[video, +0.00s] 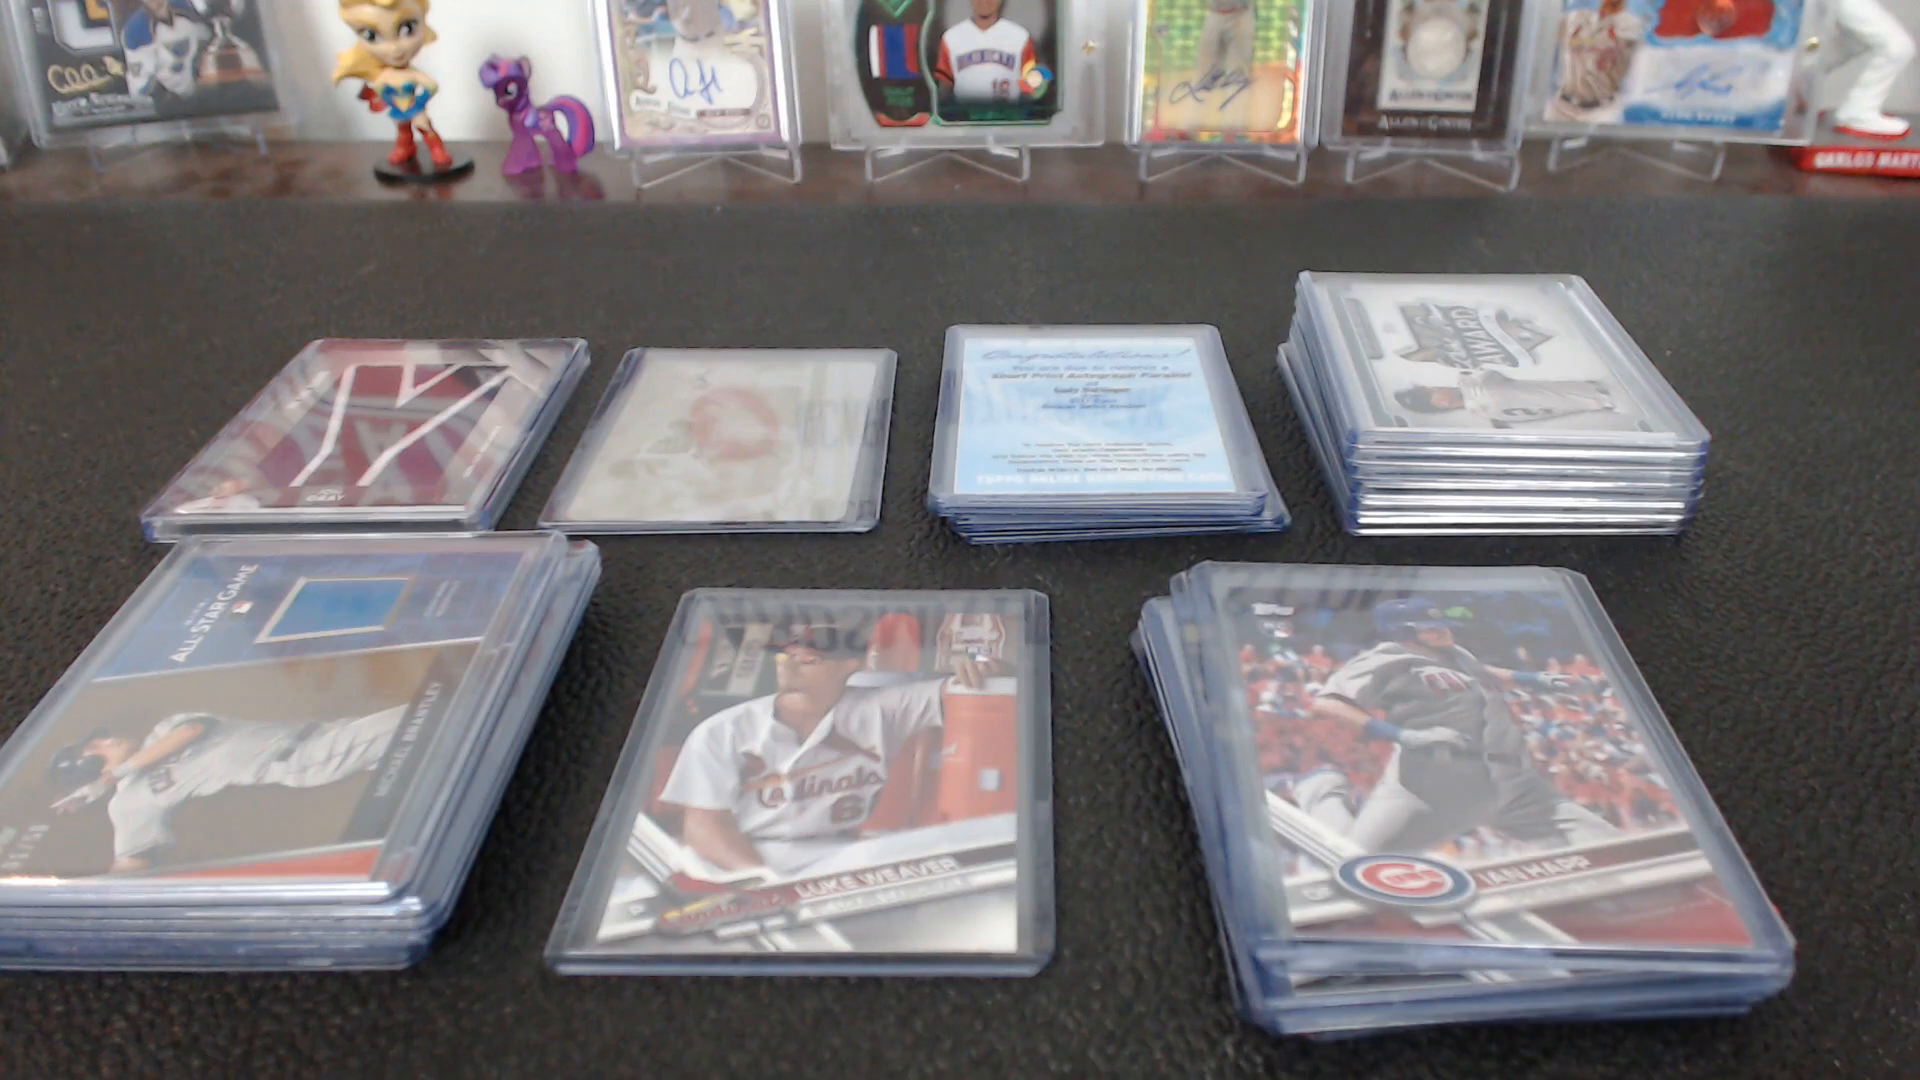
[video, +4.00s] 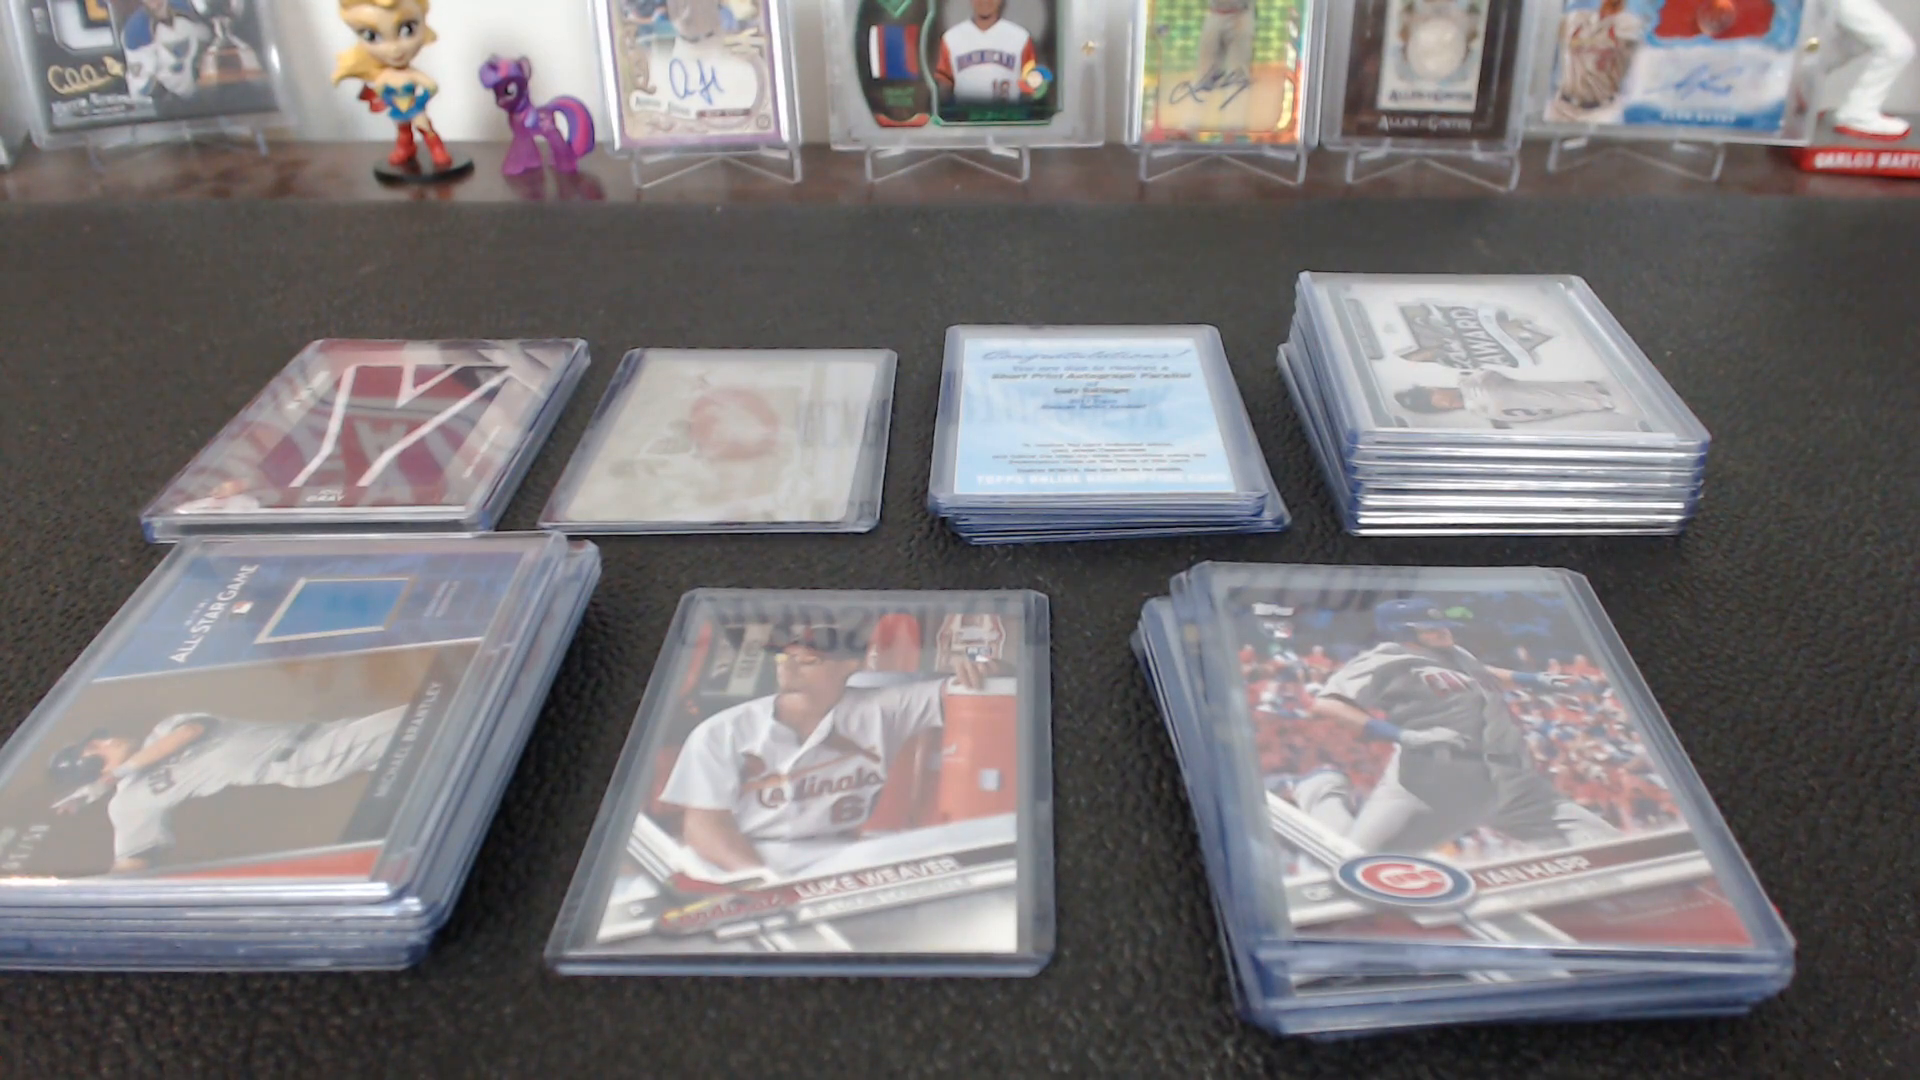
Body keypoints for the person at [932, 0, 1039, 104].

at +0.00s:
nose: (984, 2)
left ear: (1000, 2)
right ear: (971, 2)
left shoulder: (1020, 36)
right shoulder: (950, 37)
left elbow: (1030, 82)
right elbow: (944, 82)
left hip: (1009, 121)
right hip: (965, 121)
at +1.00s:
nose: (984, 2)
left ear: (1000, 2)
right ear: (971, 2)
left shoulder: (1020, 36)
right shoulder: (951, 37)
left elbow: (1030, 82)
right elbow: (944, 81)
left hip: (1009, 120)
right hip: (966, 120)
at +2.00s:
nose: (984, 2)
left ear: (1000, 2)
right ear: (971, 2)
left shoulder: (1020, 36)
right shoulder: (951, 37)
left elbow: (1030, 83)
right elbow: (944, 81)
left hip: (1009, 121)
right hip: (965, 120)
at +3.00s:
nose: (983, 2)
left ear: (1000, 2)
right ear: (971, 2)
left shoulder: (1020, 36)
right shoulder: (951, 37)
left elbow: (1030, 80)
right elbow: (944, 78)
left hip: (1009, 119)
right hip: (965, 119)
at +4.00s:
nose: (984, 2)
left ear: (1001, 2)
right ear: (971, 2)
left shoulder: (1020, 37)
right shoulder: (951, 38)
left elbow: (1029, 81)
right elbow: (944, 78)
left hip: (1008, 121)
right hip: (965, 120)